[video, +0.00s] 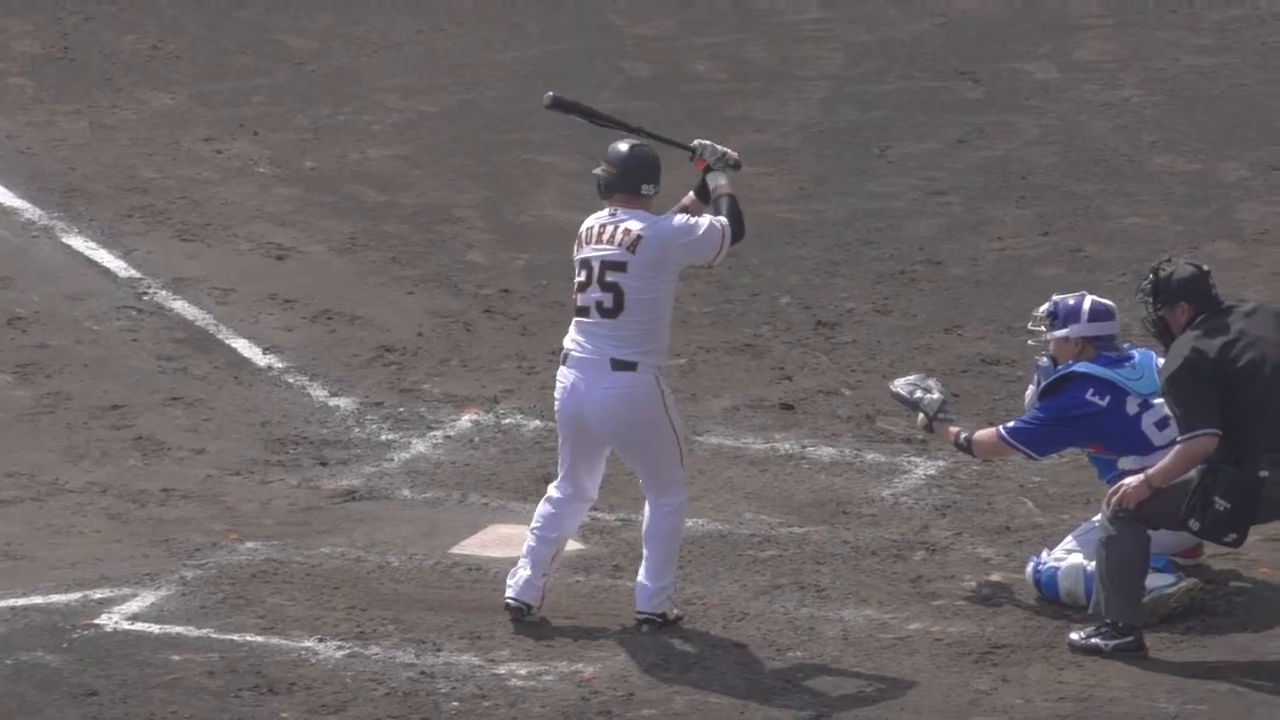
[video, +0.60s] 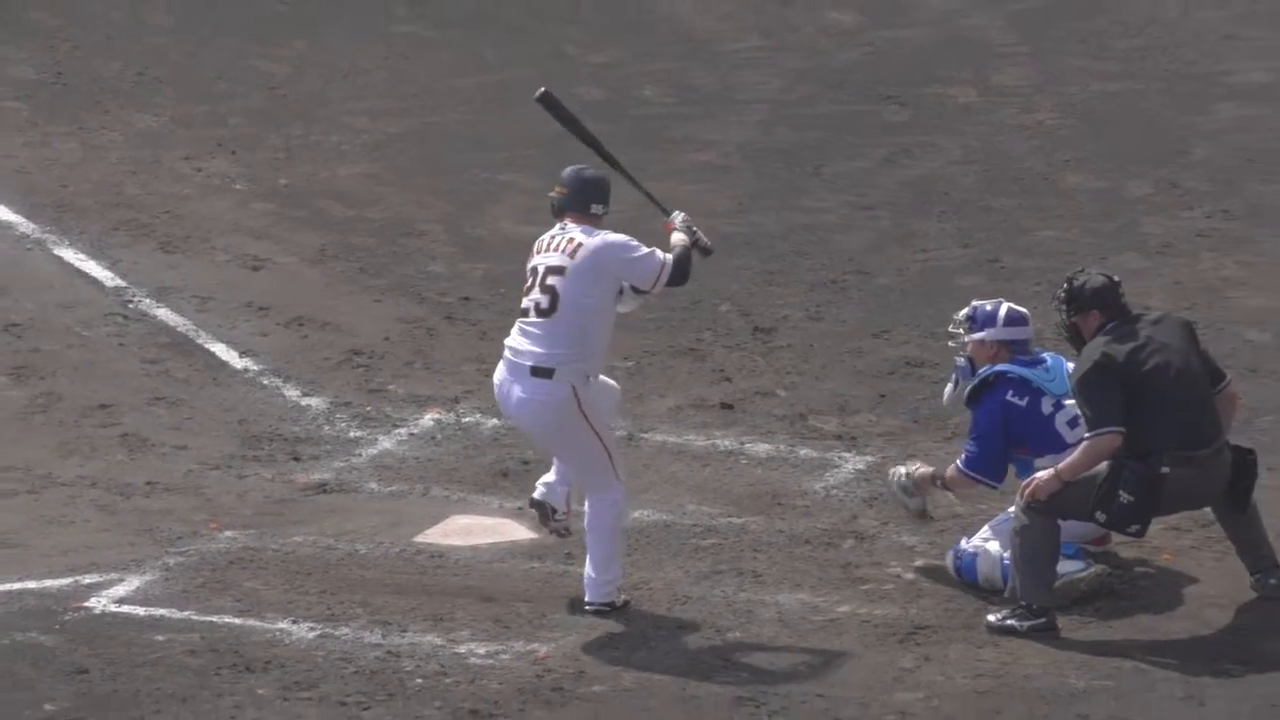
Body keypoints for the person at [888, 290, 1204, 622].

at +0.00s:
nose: (1048, 345)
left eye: (1055, 338)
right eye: (1050, 337)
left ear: (1079, 344)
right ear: (1099, 339)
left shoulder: (1080, 395)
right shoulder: (1146, 359)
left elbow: (994, 444)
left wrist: (944, 428)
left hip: (1161, 515)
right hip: (1202, 493)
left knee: (1046, 570)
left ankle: (1158, 583)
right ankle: (1181, 547)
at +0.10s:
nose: (1042, 346)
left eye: (1048, 339)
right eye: (1043, 339)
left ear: (1073, 347)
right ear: (1097, 340)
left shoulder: (1075, 398)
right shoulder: (1142, 362)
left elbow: (995, 446)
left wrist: (943, 435)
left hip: (1153, 519)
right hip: (1199, 499)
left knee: (1040, 570)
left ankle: (1150, 587)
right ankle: (1177, 549)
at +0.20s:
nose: (1022, 352)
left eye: (1030, 344)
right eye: (1024, 343)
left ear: (1055, 350)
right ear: (1075, 345)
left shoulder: (1055, 400)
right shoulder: (1119, 366)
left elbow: (978, 447)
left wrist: (928, 438)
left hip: (1132, 518)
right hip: (1177, 498)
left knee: (1020, 572)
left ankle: (1129, 584)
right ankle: (1155, 547)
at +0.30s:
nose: (1002, 351)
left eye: (1010, 344)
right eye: (1005, 343)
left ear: (1035, 351)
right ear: (1051, 348)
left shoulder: (1034, 400)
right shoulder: (1094, 365)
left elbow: (957, 449)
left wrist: (908, 436)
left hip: (1111, 517)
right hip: (1151, 497)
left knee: (1000, 569)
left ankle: (1109, 583)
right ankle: (1131, 547)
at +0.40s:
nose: (985, 350)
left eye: (993, 342)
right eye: (987, 342)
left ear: (1018, 351)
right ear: (1037, 345)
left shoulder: (1020, 399)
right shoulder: (1080, 365)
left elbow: (952, 462)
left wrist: (913, 447)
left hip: (1093, 517)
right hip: (1137, 498)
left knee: (983, 564)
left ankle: (1092, 579)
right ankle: (1114, 546)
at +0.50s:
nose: (973, 349)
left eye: (980, 341)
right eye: (974, 341)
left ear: (1004, 350)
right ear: (1028, 345)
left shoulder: (1007, 396)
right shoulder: (1069, 366)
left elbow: (968, 468)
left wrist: (918, 459)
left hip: (1078, 515)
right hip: (1121, 495)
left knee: (976, 560)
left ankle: (1075, 573)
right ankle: (1102, 540)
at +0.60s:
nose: (964, 349)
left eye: (970, 342)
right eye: (966, 341)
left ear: (992, 349)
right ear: (1021, 343)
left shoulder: (995, 393)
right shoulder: (1056, 363)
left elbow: (975, 473)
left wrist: (932, 478)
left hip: (1069, 511)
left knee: (966, 555)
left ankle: (1066, 570)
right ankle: (1089, 538)